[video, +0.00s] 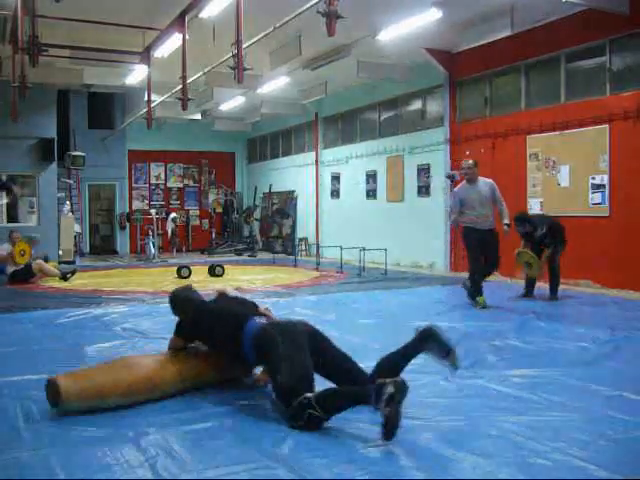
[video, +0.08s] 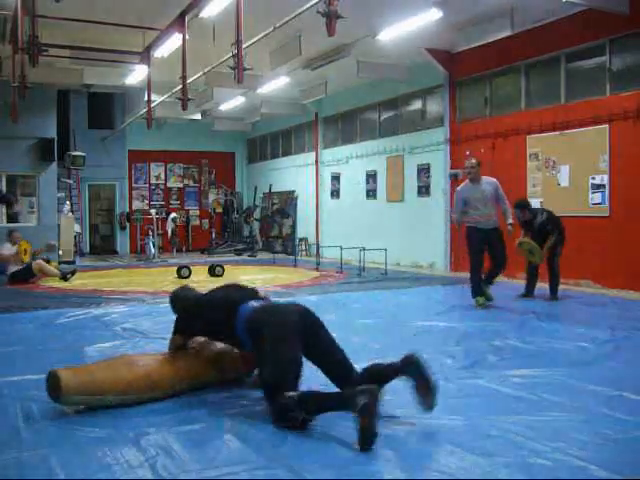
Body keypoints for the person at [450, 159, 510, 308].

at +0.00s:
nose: (466, 172)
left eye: (469, 168)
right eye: (464, 169)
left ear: (476, 170)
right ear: (461, 171)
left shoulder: (489, 184)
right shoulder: (458, 191)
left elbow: (501, 203)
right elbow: (453, 212)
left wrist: (505, 220)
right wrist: (455, 220)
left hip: (489, 228)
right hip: (470, 228)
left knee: (492, 263)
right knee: (476, 263)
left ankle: (472, 282)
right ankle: (477, 295)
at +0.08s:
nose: (470, 171)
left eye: (473, 167)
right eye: (467, 168)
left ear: (479, 168)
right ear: (464, 170)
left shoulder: (492, 183)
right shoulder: (461, 190)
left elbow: (504, 202)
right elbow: (457, 213)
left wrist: (509, 221)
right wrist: (458, 218)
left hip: (492, 227)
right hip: (474, 227)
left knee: (500, 261)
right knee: (476, 263)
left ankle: (485, 284)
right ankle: (477, 295)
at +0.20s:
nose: (473, 170)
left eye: (476, 167)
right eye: (471, 167)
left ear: (483, 168)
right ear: (468, 170)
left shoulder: (496, 183)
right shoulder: (464, 190)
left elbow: (507, 203)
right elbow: (459, 212)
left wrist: (513, 220)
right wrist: (461, 219)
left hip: (496, 227)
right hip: (477, 227)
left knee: (505, 259)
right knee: (478, 263)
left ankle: (501, 290)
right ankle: (478, 296)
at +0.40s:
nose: (481, 170)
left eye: (484, 167)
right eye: (479, 167)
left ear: (492, 168)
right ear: (477, 170)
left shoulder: (505, 184)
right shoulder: (473, 189)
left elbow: (516, 203)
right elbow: (468, 212)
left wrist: (521, 222)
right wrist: (470, 218)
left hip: (505, 228)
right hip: (484, 229)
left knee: (515, 263)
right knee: (482, 266)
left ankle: (523, 294)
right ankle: (479, 296)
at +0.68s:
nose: (499, 170)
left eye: (502, 166)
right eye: (497, 167)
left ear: (510, 167)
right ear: (495, 169)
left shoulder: (526, 184)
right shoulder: (492, 191)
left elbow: (537, 205)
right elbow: (486, 214)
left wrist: (542, 223)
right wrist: (487, 220)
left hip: (525, 230)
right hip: (504, 231)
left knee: (529, 267)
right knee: (497, 264)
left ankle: (528, 299)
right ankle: (485, 293)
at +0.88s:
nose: (509, 169)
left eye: (512, 165)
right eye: (507, 166)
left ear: (521, 167)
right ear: (505, 169)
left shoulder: (536, 183)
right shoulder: (502, 190)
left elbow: (550, 204)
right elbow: (496, 213)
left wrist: (555, 221)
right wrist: (497, 220)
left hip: (535, 229)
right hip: (514, 229)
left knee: (534, 266)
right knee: (512, 264)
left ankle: (529, 300)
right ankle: (505, 293)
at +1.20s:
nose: (518, 168)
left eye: (521, 164)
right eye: (515, 165)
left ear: (530, 166)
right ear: (514, 168)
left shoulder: (544, 183)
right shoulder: (510, 190)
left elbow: (558, 204)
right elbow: (504, 215)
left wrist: (562, 222)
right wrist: (506, 218)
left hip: (543, 231)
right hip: (523, 231)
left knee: (541, 269)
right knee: (526, 268)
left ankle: (531, 300)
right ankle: (527, 303)